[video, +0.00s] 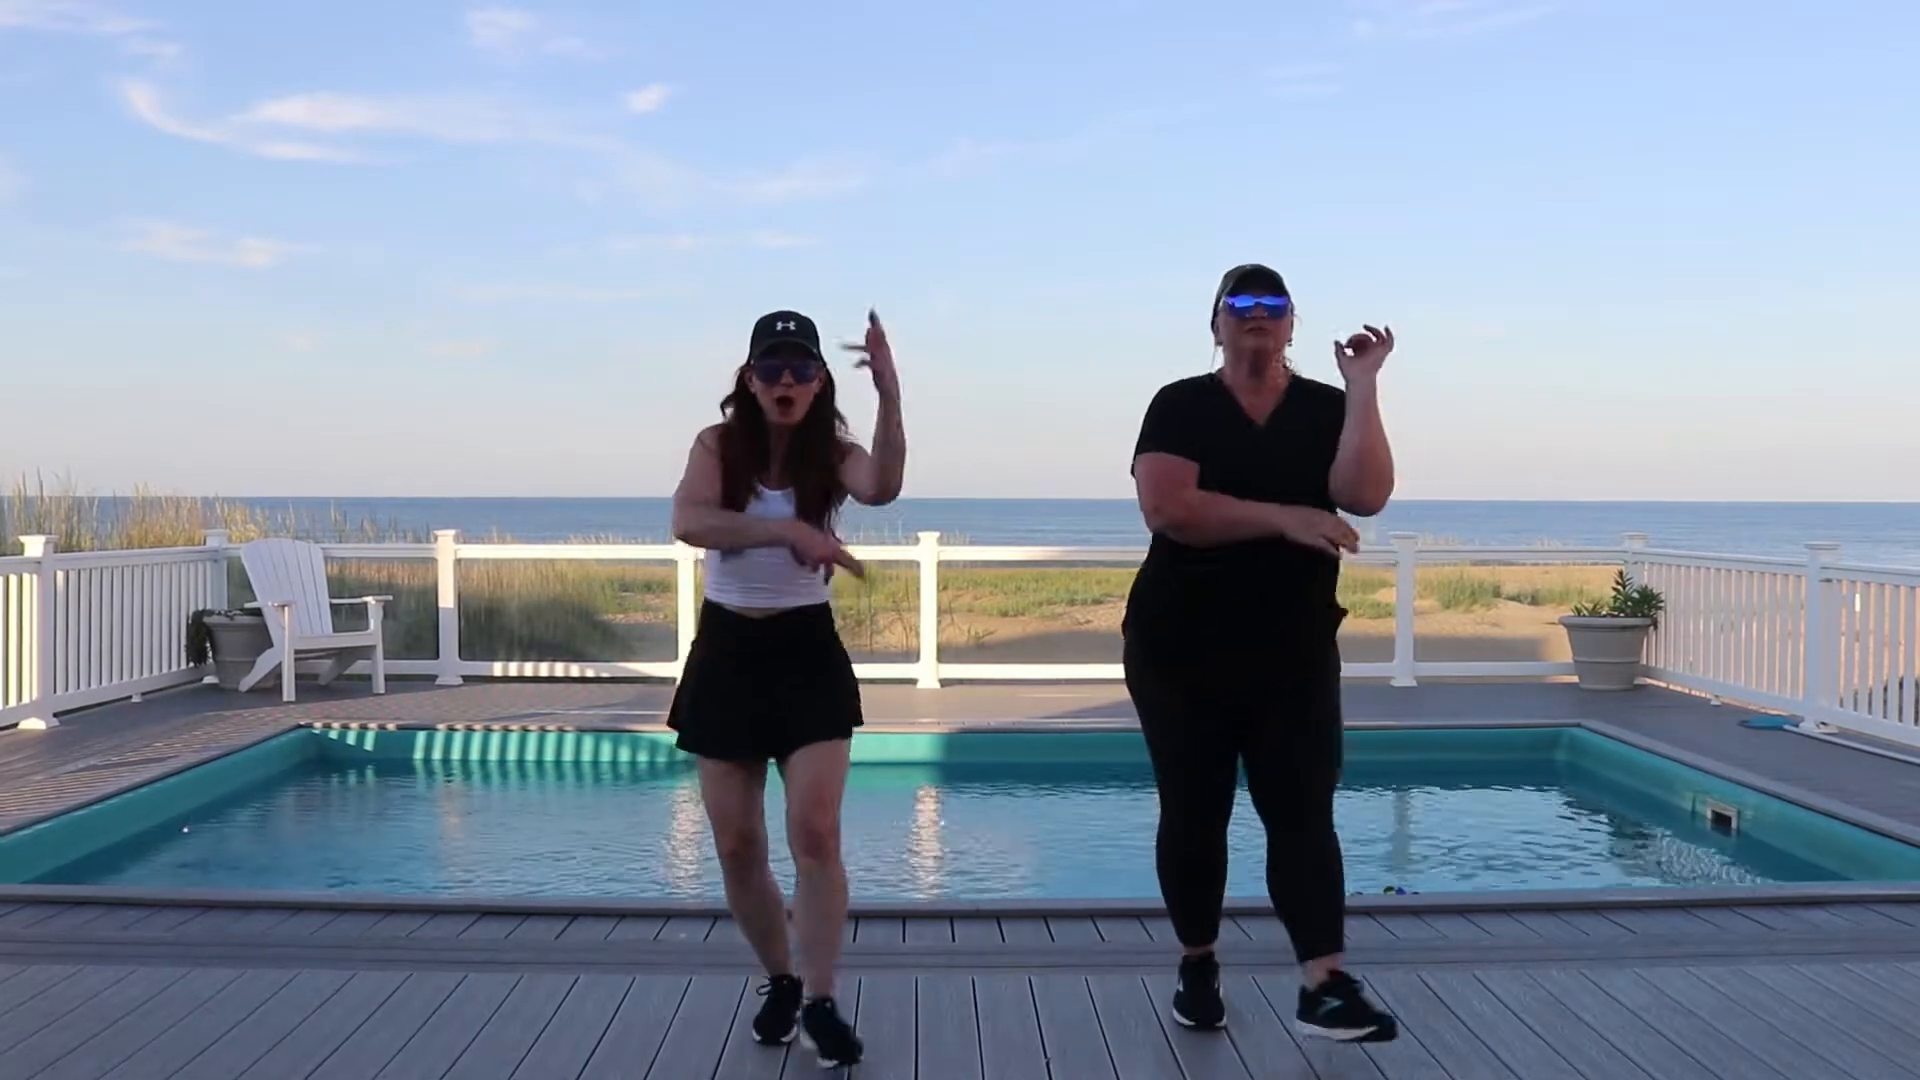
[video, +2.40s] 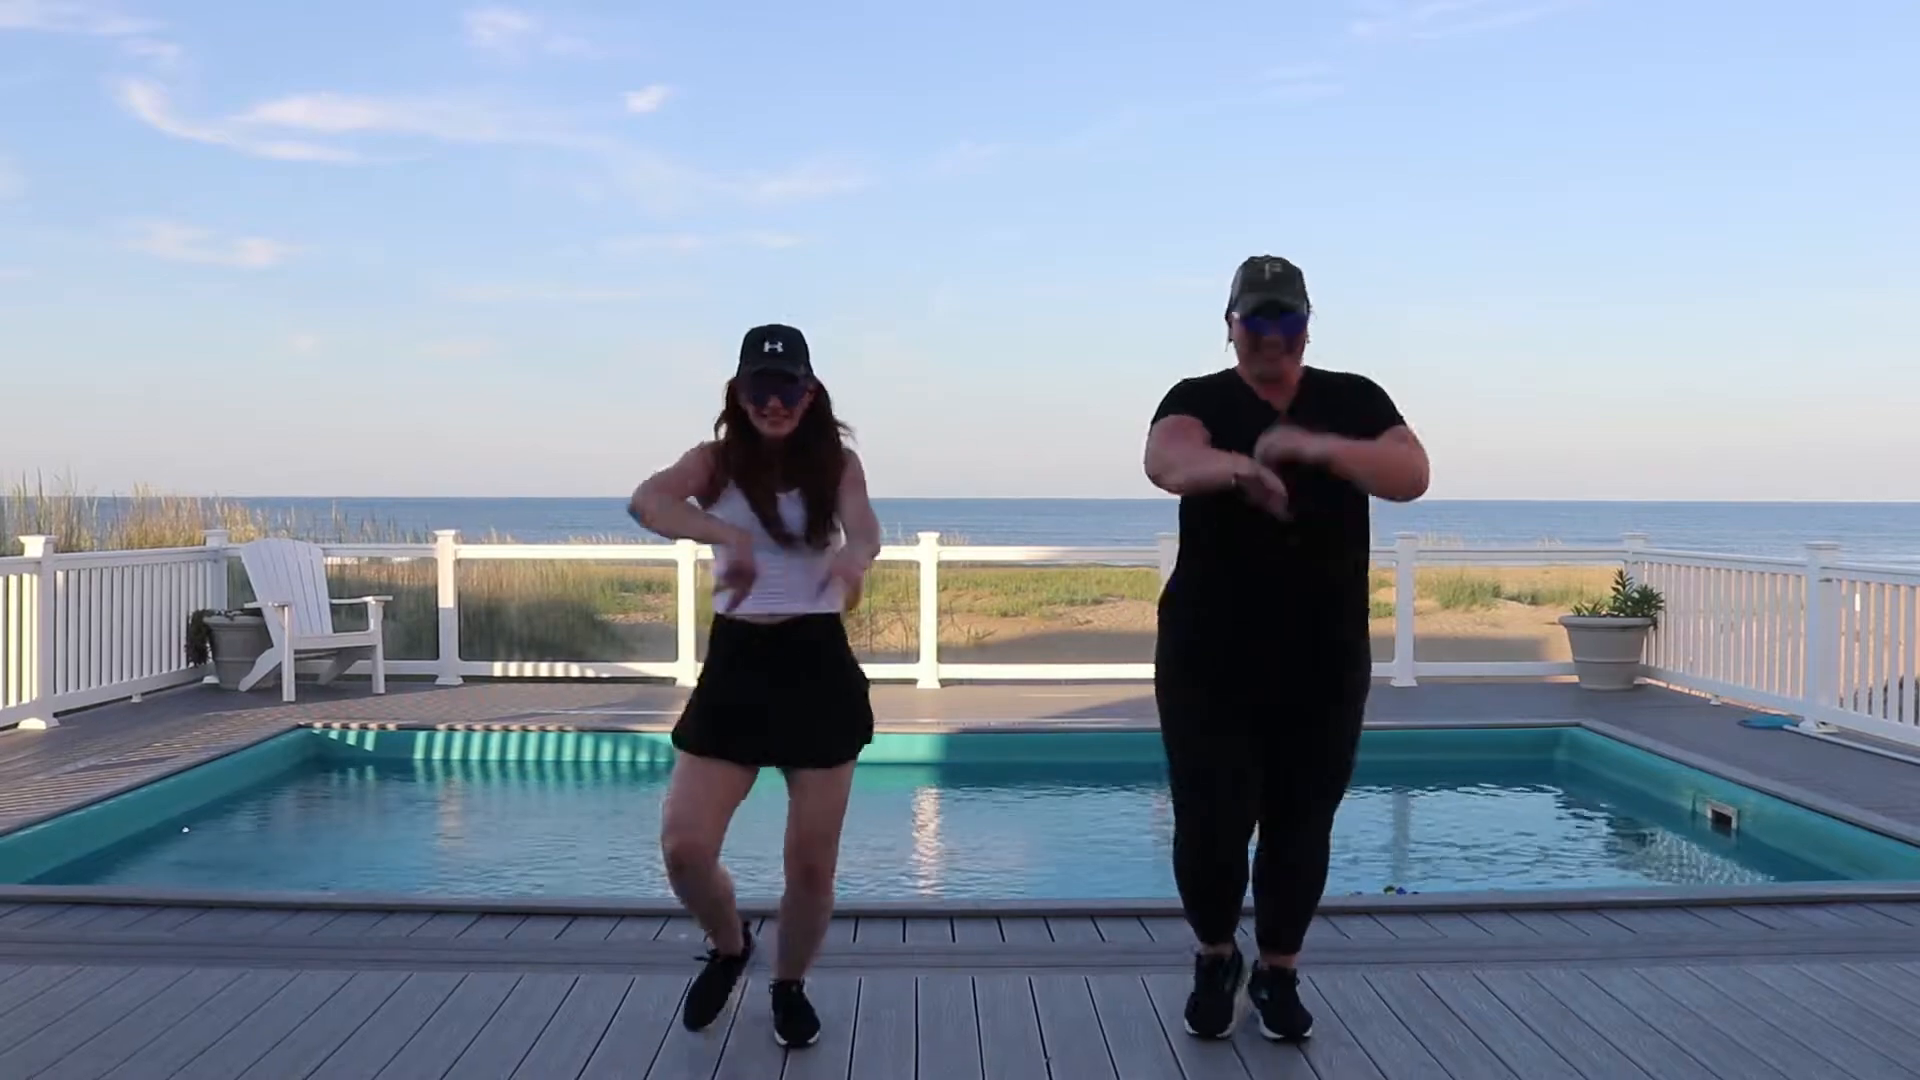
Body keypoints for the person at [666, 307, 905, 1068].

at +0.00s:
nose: (786, 383)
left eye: (801, 369)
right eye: (771, 369)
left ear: (820, 379)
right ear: (749, 376)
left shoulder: (829, 449)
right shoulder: (719, 444)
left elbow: (884, 485)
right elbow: (688, 522)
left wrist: (888, 394)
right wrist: (786, 530)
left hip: (809, 653)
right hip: (725, 655)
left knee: (816, 833)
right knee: (738, 848)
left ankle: (820, 1001)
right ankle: (782, 979)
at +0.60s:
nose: (783, 375)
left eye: (797, 360)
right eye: (768, 361)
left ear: (820, 367)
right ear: (747, 367)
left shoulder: (841, 448)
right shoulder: (721, 438)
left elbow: (859, 530)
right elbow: (659, 507)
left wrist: (872, 491)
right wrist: (747, 548)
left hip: (814, 646)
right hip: (731, 643)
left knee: (798, 845)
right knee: (697, 844)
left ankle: (789, 976)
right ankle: (735, 936)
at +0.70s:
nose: (779, 394)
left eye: (793, 380)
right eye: (764, 381)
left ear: (814, 389)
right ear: (743, 392)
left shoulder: (838, 468)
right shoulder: (723, 460)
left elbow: (862, 548)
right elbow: (643, 494)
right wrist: (712, 501)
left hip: (824, 669)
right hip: (741, 666)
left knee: (811, 858)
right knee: (687, 849)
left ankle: (787, 976)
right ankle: (731, 948)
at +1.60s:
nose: (760, 400)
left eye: (774, 387)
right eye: (745, 388)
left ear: (795, 394)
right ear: (723, 395)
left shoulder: (820, 471)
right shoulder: (695, 478)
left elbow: (884, 525)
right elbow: (668, 577)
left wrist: (888, 557)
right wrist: (745, 578)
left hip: (803, 672)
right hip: (719, 674)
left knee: (846, 860)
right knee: (717, 871)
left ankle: (833, 938)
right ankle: (771, 988)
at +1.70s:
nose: (769, 378)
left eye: (783, 366)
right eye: (755, 366)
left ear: (805, 376)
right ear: (733, 377)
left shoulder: (822, 459)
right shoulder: (702, 454)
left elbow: (887, 515)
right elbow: (683, 546)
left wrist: (900, 447)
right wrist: (787, 550)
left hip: (798, 659)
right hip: (713, 662)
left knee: (817, 837)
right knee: (716, 858)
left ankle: (816, 992)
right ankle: (769, 986)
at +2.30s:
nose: (777, 370)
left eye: (792, 357)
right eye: (762, 357)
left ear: (813, 365)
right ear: (741, 365)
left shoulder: (832, 446)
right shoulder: (716, 434)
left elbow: (861, 530)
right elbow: (669, 511)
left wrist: (875, 451)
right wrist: (779, 538)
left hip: (803, 649)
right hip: (718, 647)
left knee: (801, 844)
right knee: (693, 842)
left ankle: (789, 976)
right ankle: (724, 953)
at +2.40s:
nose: (776, 401)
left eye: (789, 387)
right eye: (762, 387)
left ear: (811, 390)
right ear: (739, 391)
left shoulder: (836, 459)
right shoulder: (719, 457)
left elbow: (864, 530)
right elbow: (649, 501)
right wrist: (726, 533)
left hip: (819, 666)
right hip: (736, 665)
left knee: (812, 863)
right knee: (683, 849)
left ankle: (791, 984)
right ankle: (730, 948)